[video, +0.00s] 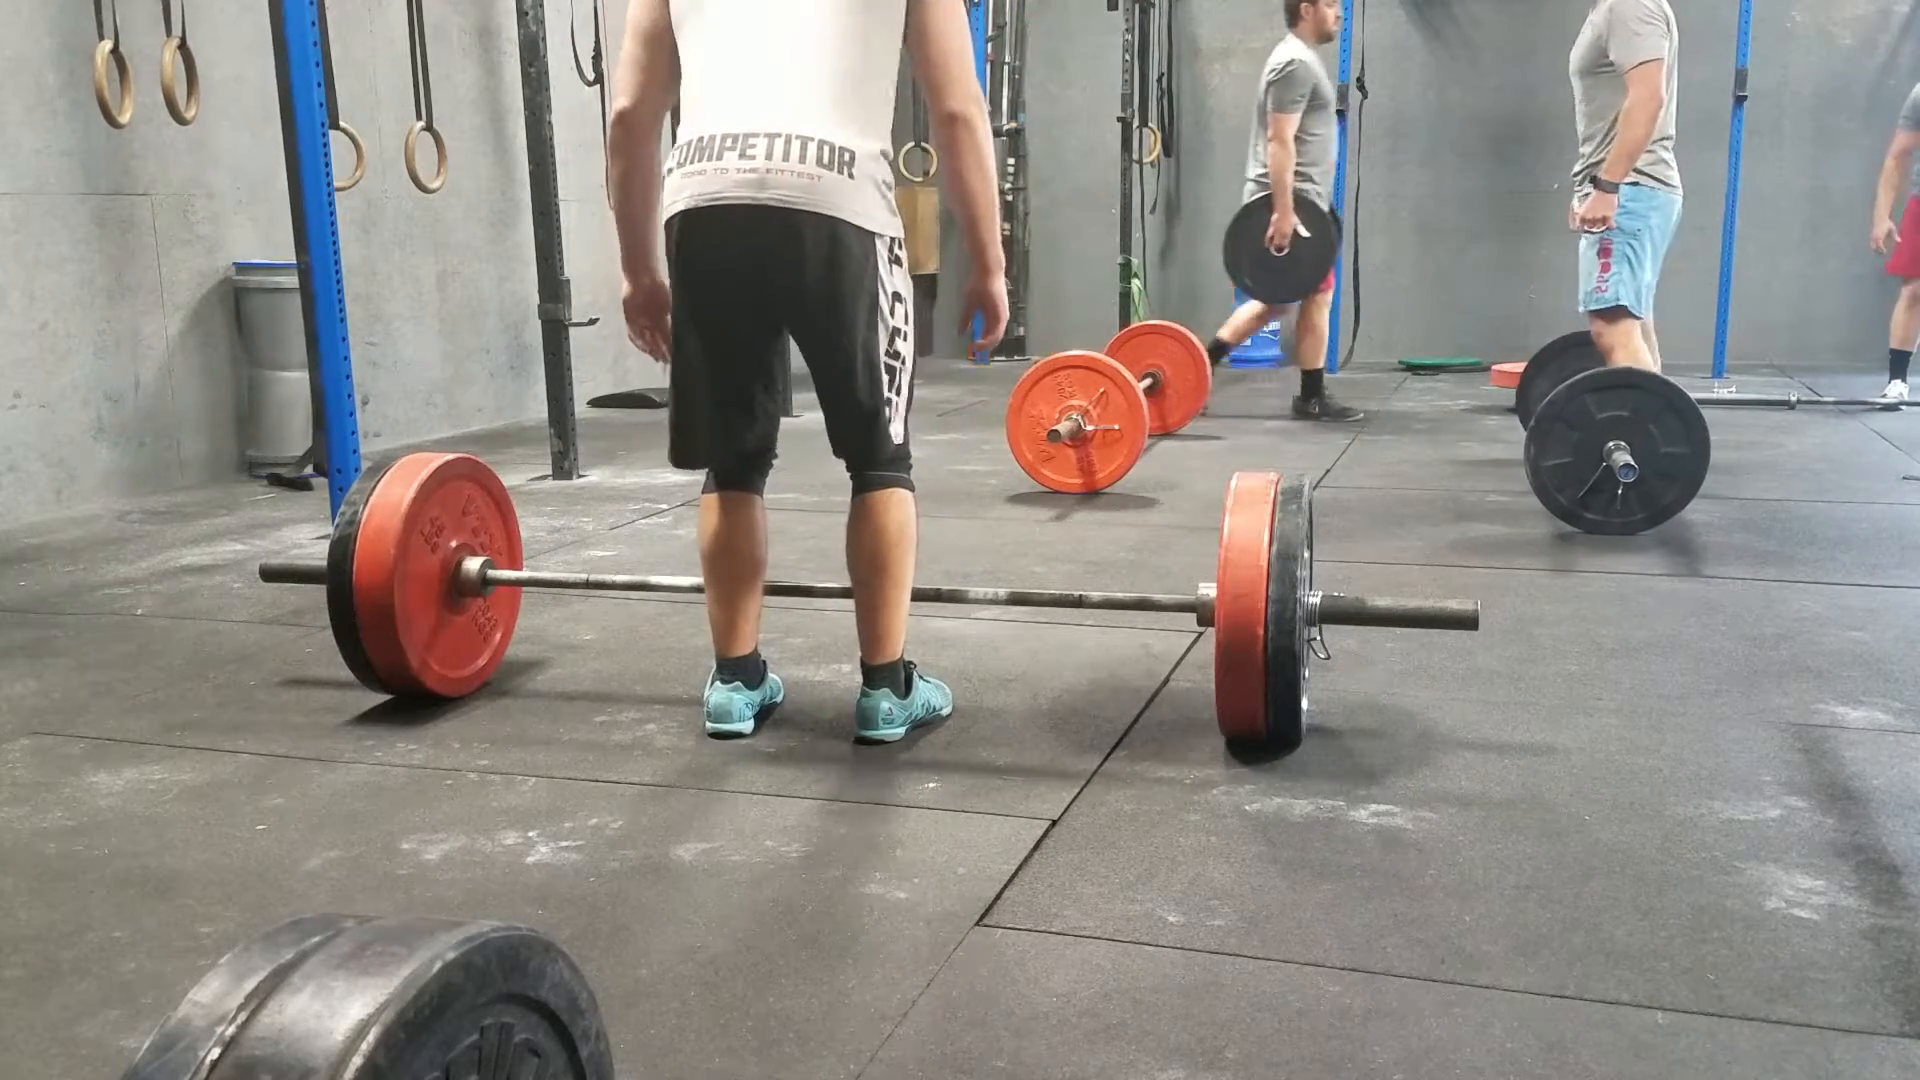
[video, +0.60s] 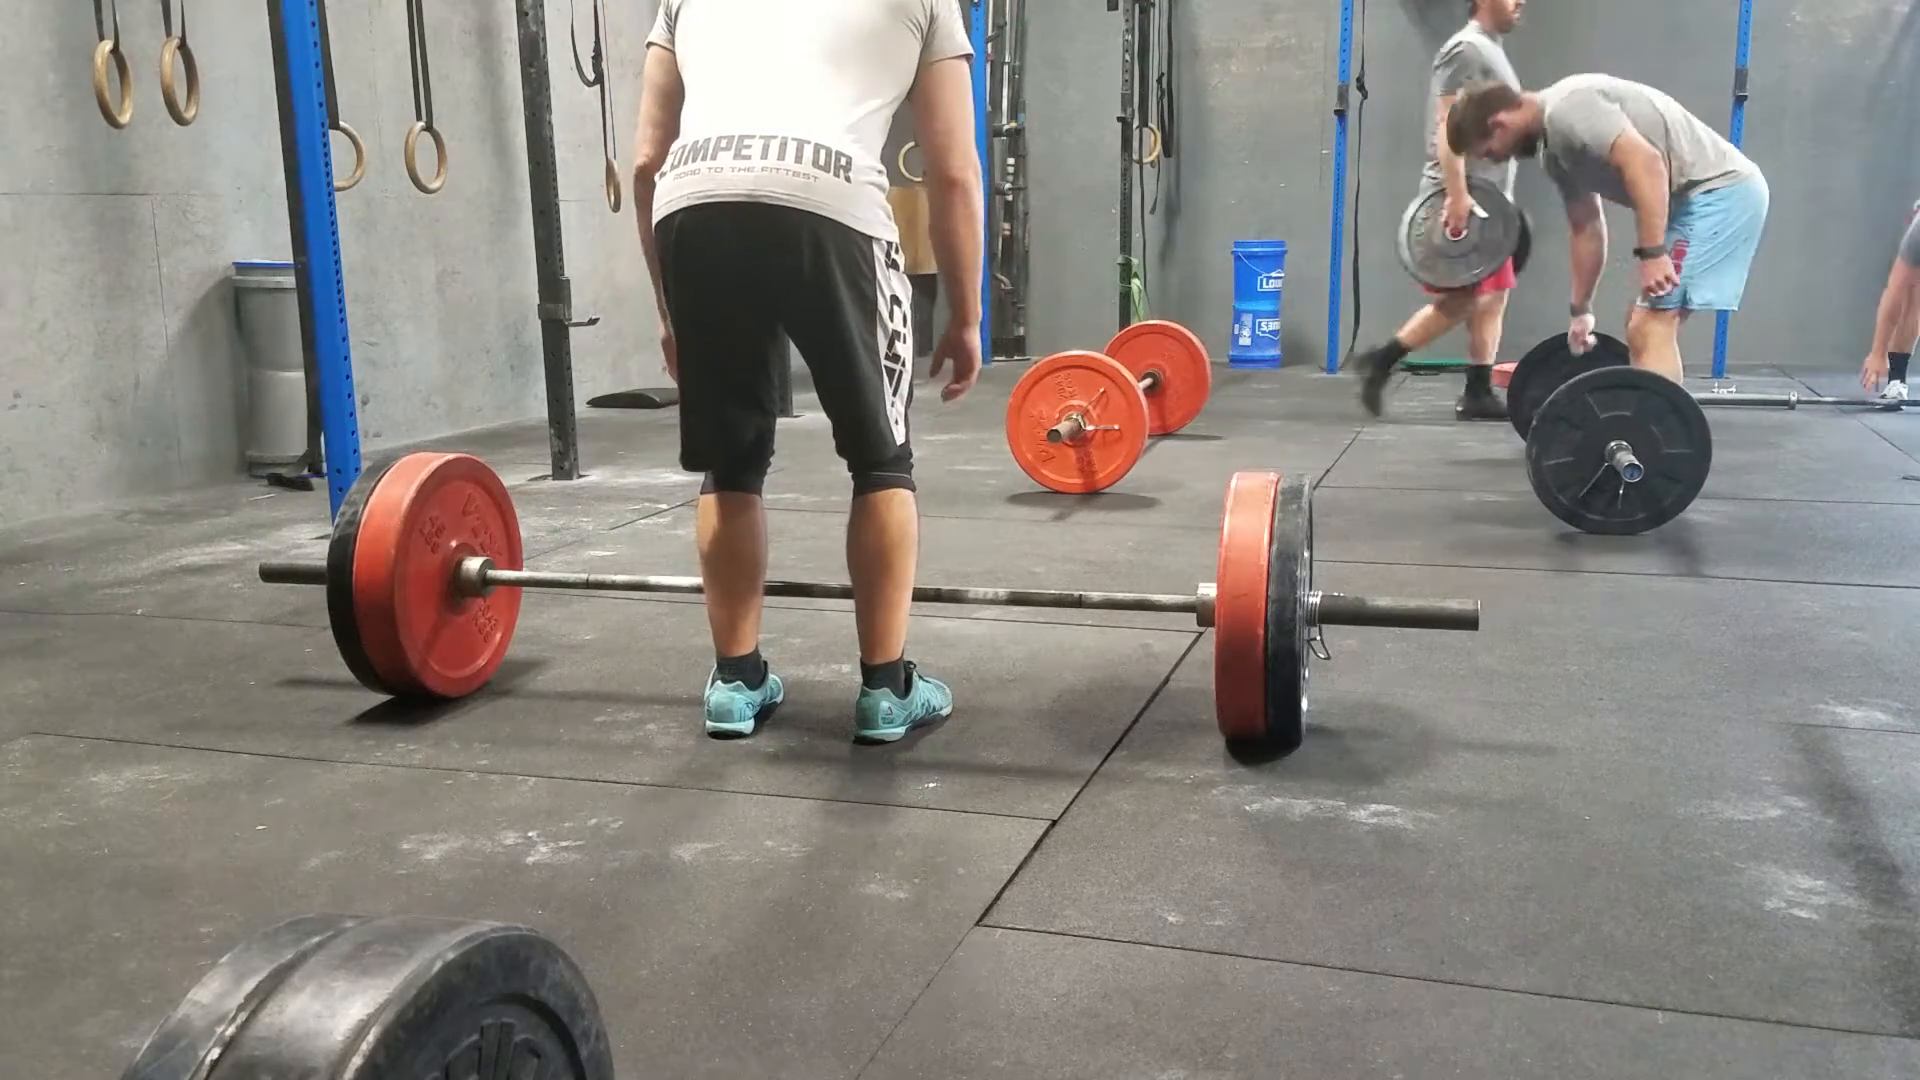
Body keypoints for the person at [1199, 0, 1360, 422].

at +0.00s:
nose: (1339, 13)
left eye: (1337, 5)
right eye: (1331, 5)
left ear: (1307, 12)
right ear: (1306, 10)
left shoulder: (1300, 58)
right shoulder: (1295, 62)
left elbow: (1289, 138)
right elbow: (1279, 140)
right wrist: (1282, 209)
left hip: (1292, 198)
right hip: (1299, 202)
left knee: (1274, 297)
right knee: (1320, 291)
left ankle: (1206, 357)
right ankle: (1311, 395)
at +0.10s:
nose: (1365, 8)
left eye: (1363, 2)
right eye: (1357, 1)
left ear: (1333, 9)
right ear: (1332, 6)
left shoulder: (1331, 54)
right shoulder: (1319, 58)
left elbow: (1320, 135)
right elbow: (1305, 136)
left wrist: (1336, 196)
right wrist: (1311, 204)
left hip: (1331, 195)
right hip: (1318, 198)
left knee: (1341, 285)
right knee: (1326, 292)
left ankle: (1264, 354)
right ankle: (1312, 396)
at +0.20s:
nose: (1391, 7)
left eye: (1391, 1)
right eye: (1385, 1)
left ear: (1361, 6)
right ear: (1358, 4)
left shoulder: (1358, 52)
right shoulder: (1344, 54)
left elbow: (1350, 134)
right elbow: (1331, 133)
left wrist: (1364, 198)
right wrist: (1340, 202)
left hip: (1358, 196)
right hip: (1336, 199)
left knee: (1381, 282)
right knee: (1332, 294)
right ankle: (1312, 394)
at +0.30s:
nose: (1422, 7)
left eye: (1421, 1)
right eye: (1414, 0)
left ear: (1391, 8)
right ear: (1386, 4)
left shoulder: (1390, 52)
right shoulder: (1369, 55)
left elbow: (1379, 134)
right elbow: (1359, 134)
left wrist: (1388, 197)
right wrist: (1371, 202)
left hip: (1387, 195)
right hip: (1357, 199)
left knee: (1410, 285)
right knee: (1341, 293)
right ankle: (1312, 393)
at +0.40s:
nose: (1453, 8)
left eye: (1453, 2)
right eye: (1443, 2)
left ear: (1421, 9)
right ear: (1416, 6)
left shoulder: (1423, 56)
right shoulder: (1400, 58)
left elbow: (1409, 137)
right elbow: (1387, 137)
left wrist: (1419, 202)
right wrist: (1400, 203)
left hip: (1413, 198)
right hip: (1381, 201)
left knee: (1441, 287)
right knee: (1360, 298)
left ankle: (1467, 390)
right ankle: (1315, 393)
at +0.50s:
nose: (1486, 8)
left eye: (1486, 1)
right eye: (1477, 1)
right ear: (1450, 6)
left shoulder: (1465, 57)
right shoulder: (1435, 56)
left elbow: (1455, 138)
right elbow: (1418, 132)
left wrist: (1463, 203)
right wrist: (1427, 202)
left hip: (1455, 201)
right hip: (1418, 201)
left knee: (1476, 288)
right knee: (1399, 301)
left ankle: (1477, 393)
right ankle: (1330, 381)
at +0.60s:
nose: (1519, 5)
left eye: (1519, 0)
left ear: (1490, 6)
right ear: (1484, 3)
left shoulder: (1489, 49)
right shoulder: (1466, 49)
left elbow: (1472, 126)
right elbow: (1448, 127)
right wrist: (1457, 195)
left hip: (1490, 195)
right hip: (1465, 197)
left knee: (1493, 292)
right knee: (1465, 296)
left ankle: (1479, 392)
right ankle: (1380, 360)